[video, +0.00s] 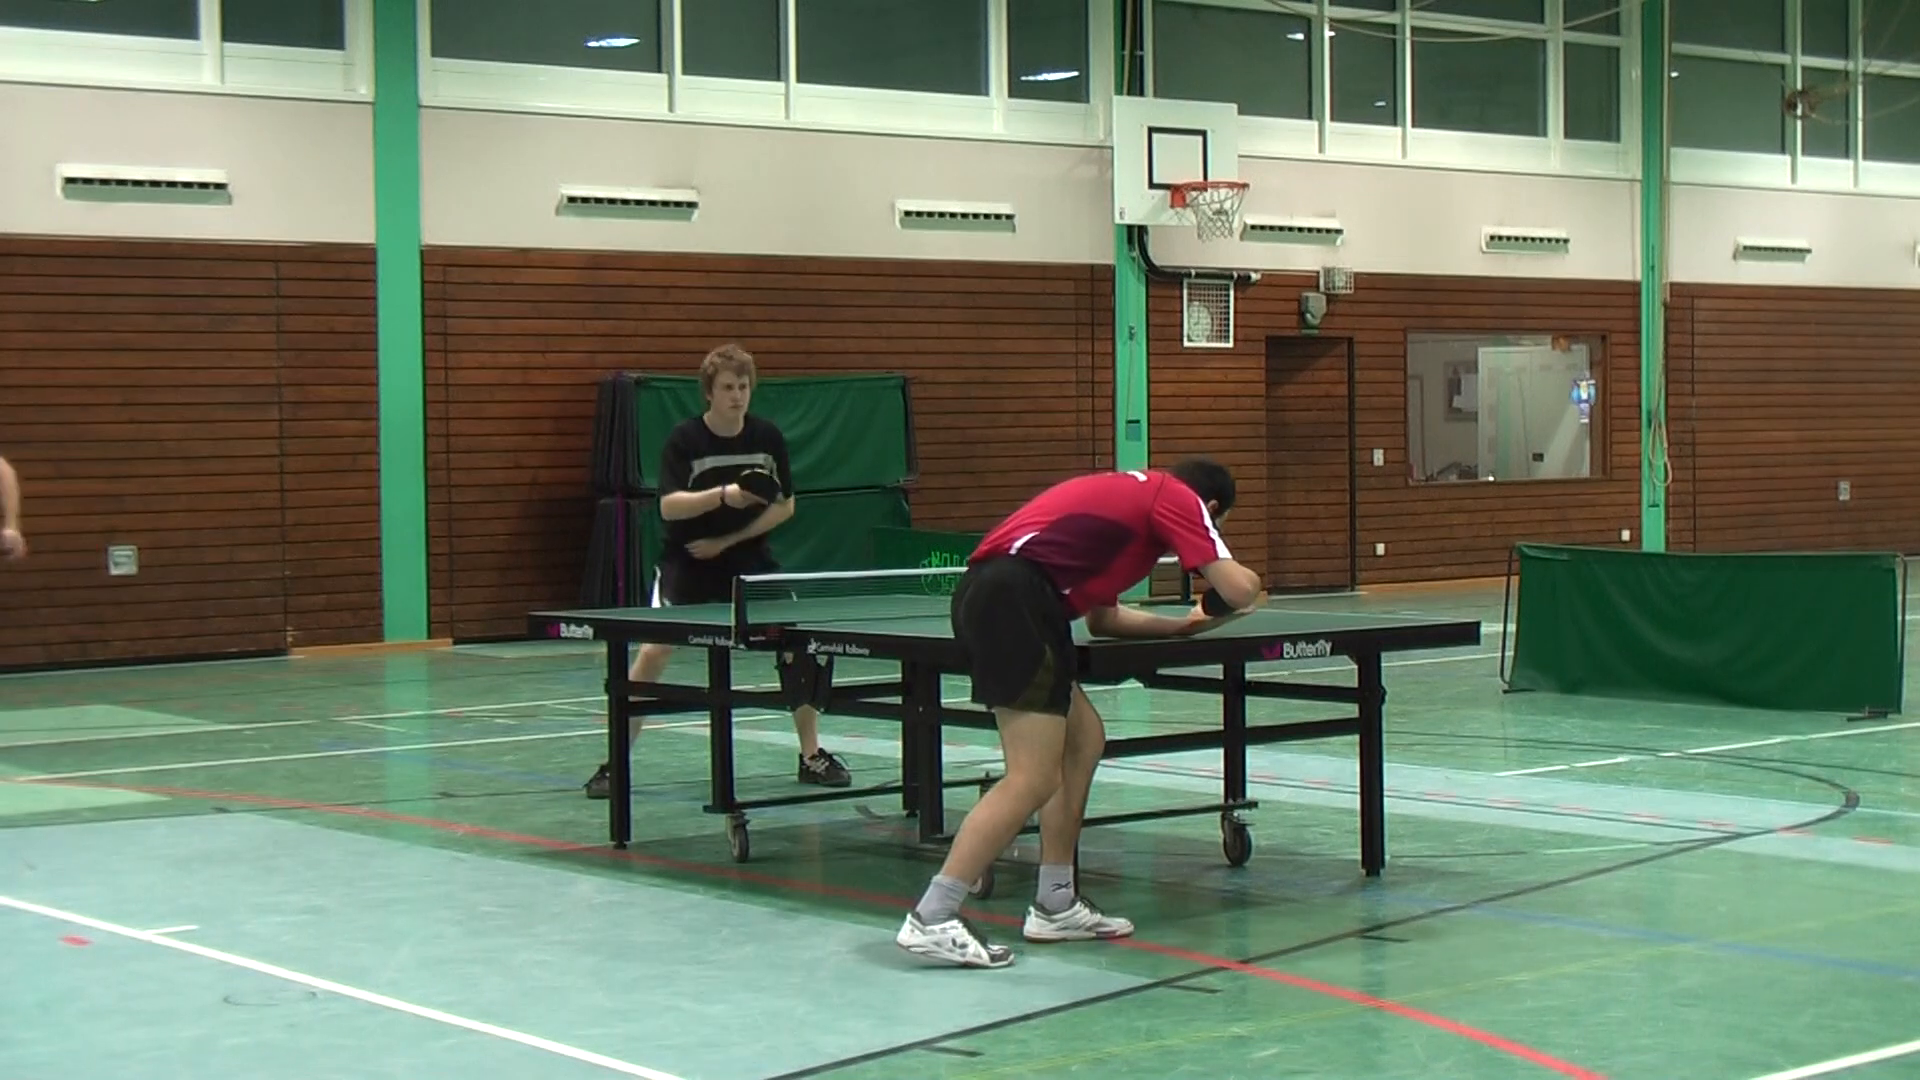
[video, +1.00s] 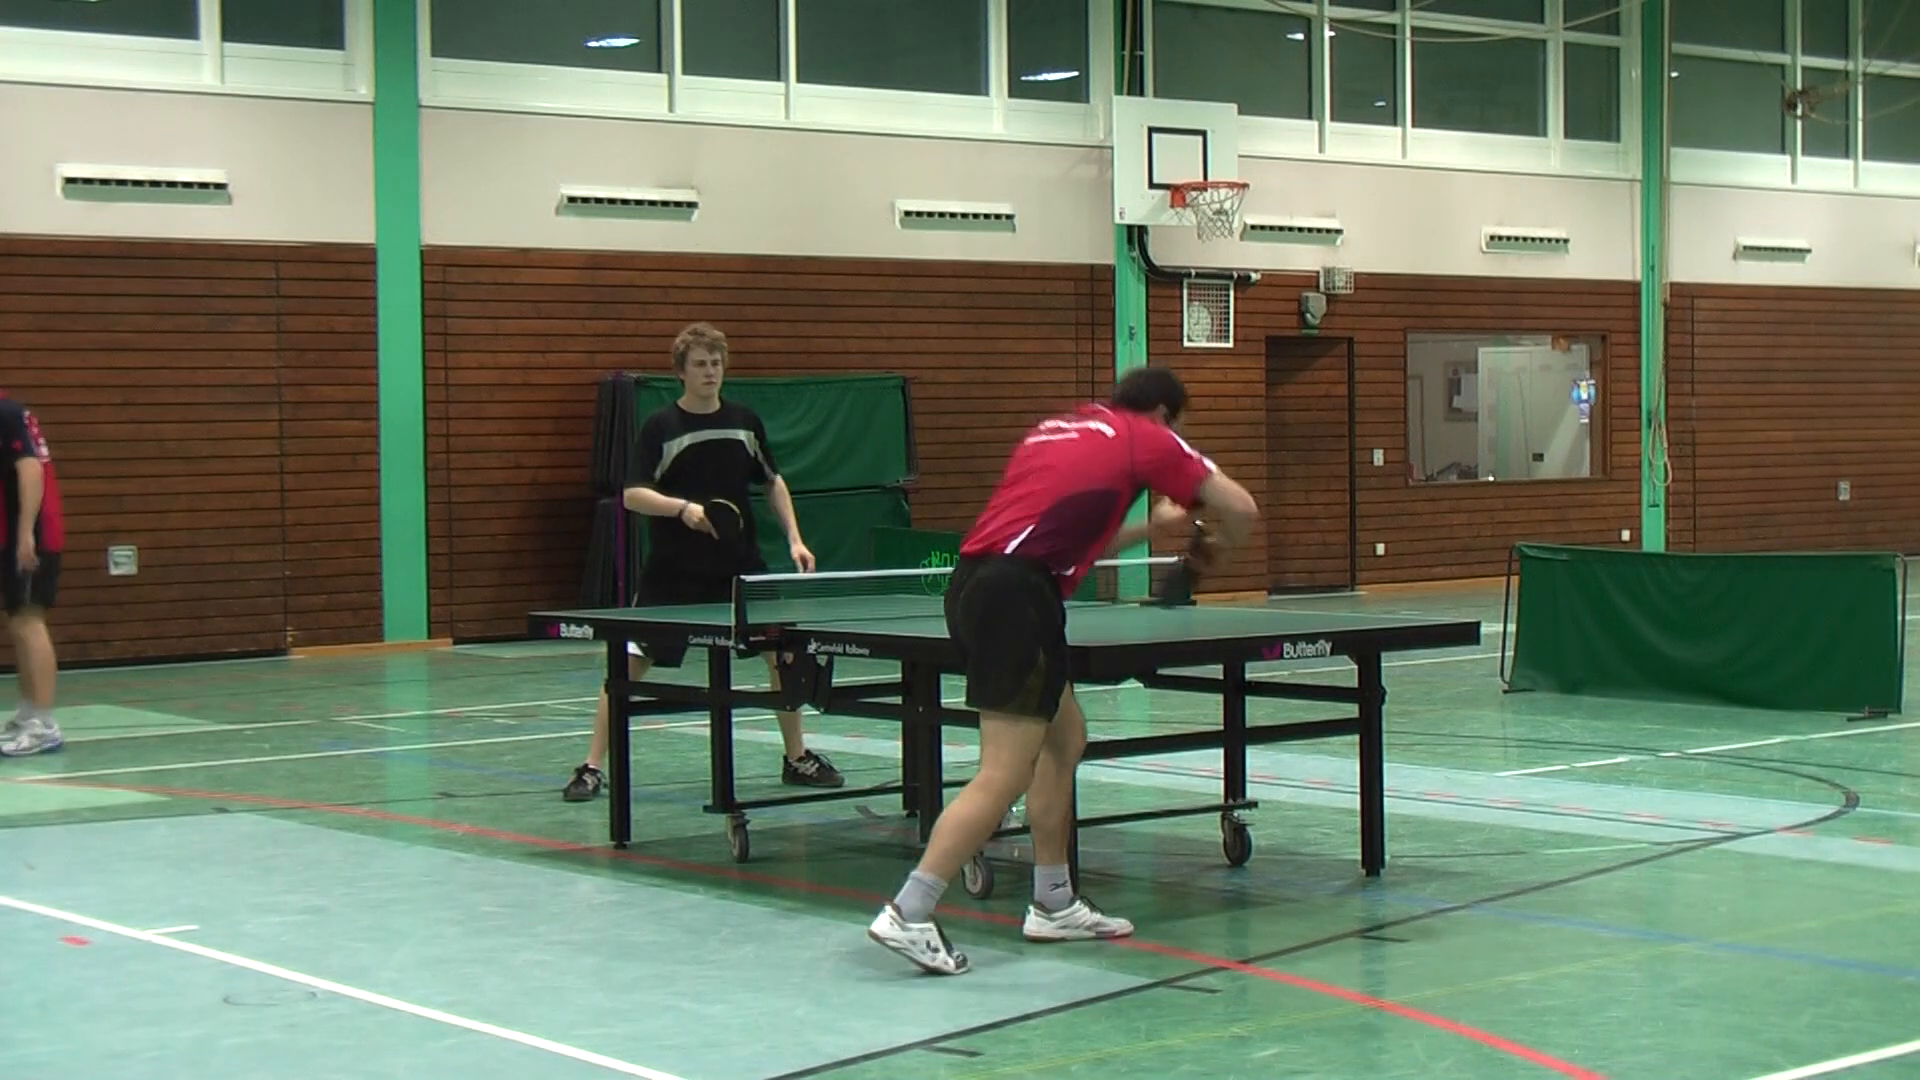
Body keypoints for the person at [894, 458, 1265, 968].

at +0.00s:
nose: (1212, 526)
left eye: (1215, 521)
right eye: (1217, 516)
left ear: (1171, 477)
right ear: (1205, 501)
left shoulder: (1116, 503)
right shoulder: (1173, 494)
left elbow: (1103, 618)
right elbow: (1238, 589)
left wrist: (1186, 624)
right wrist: (1250, 592)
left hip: (991, 593)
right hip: (1013, 594)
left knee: (1085, 737)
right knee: (1033, 777)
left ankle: (1055, 905)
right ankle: (930, 918)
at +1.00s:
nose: (1175, 434)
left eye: (1175, 425)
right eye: (1175, 424)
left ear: (1123, 401)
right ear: (1160, 414)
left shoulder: (1060, 426)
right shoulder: (1146, 436)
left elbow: (1070, 535)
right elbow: (1242, 508)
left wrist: (1151, 529)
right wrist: (1219, 538)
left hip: (976, 585)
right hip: (1016, 591)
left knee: (1065, 736)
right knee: (1003, 773)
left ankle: (1053, 904)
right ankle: (907, 914)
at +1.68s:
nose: (1195, 393)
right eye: (1194, 382)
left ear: (1131, 375)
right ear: (1187, 380)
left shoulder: (1077, 418)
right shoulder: (1190, 408)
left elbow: (1015, 520)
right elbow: (1231, 504)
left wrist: (1003, 616)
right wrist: (1259, 470)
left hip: (1055, 599)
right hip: (1130, 599)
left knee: (1050, 758)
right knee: (1206, 749)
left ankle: (996, 910)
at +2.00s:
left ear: (1262, 375)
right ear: (1322, 378)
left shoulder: (1213, 434)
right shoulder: (1352, 438)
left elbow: (1171, 533)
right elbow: (1387, 532)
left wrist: (1164, 635)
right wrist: (1348, 571)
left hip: (1219, 630)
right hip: (1309, 632)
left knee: (1144, 773)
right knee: (1392, 758)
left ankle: (1063, 912)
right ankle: (1434, 922)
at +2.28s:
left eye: (1306, 350)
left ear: (1305, 356)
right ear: (1367, 365)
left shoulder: (1250, 413)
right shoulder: (1380, 422)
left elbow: (1188, 508)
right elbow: (1408, 530)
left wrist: (1182, 599)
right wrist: (1430, 578)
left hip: (1245, 620)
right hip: (1335, 623)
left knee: (1184, 768)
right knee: (1407, 765)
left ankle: (1131, 923)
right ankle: (1452, 925)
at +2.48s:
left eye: (1285, 371)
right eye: (1350, 393)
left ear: (1288, 373)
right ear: (1349, 389)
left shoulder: (1224, 421)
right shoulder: (1356, 449)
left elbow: (1149, 493)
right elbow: (1374, 566)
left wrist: (1110, 550)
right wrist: (1430, 591)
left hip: (1219, 627)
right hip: (1310, 630)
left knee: (1160, 769)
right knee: (1384, 766)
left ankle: (1126, 926)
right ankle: (1450, 926)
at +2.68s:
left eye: (1247, 371)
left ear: (1249, 377)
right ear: (1304, 396)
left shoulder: (1224, 411)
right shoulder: (1298, 454)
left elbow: (1141, 442)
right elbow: (1260, 536)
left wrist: (1049, 476)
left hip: (1200, 606)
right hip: (1280, 615)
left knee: (1136, 762)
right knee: (1338, 778)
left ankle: (1122, 928)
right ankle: (1436, 925)